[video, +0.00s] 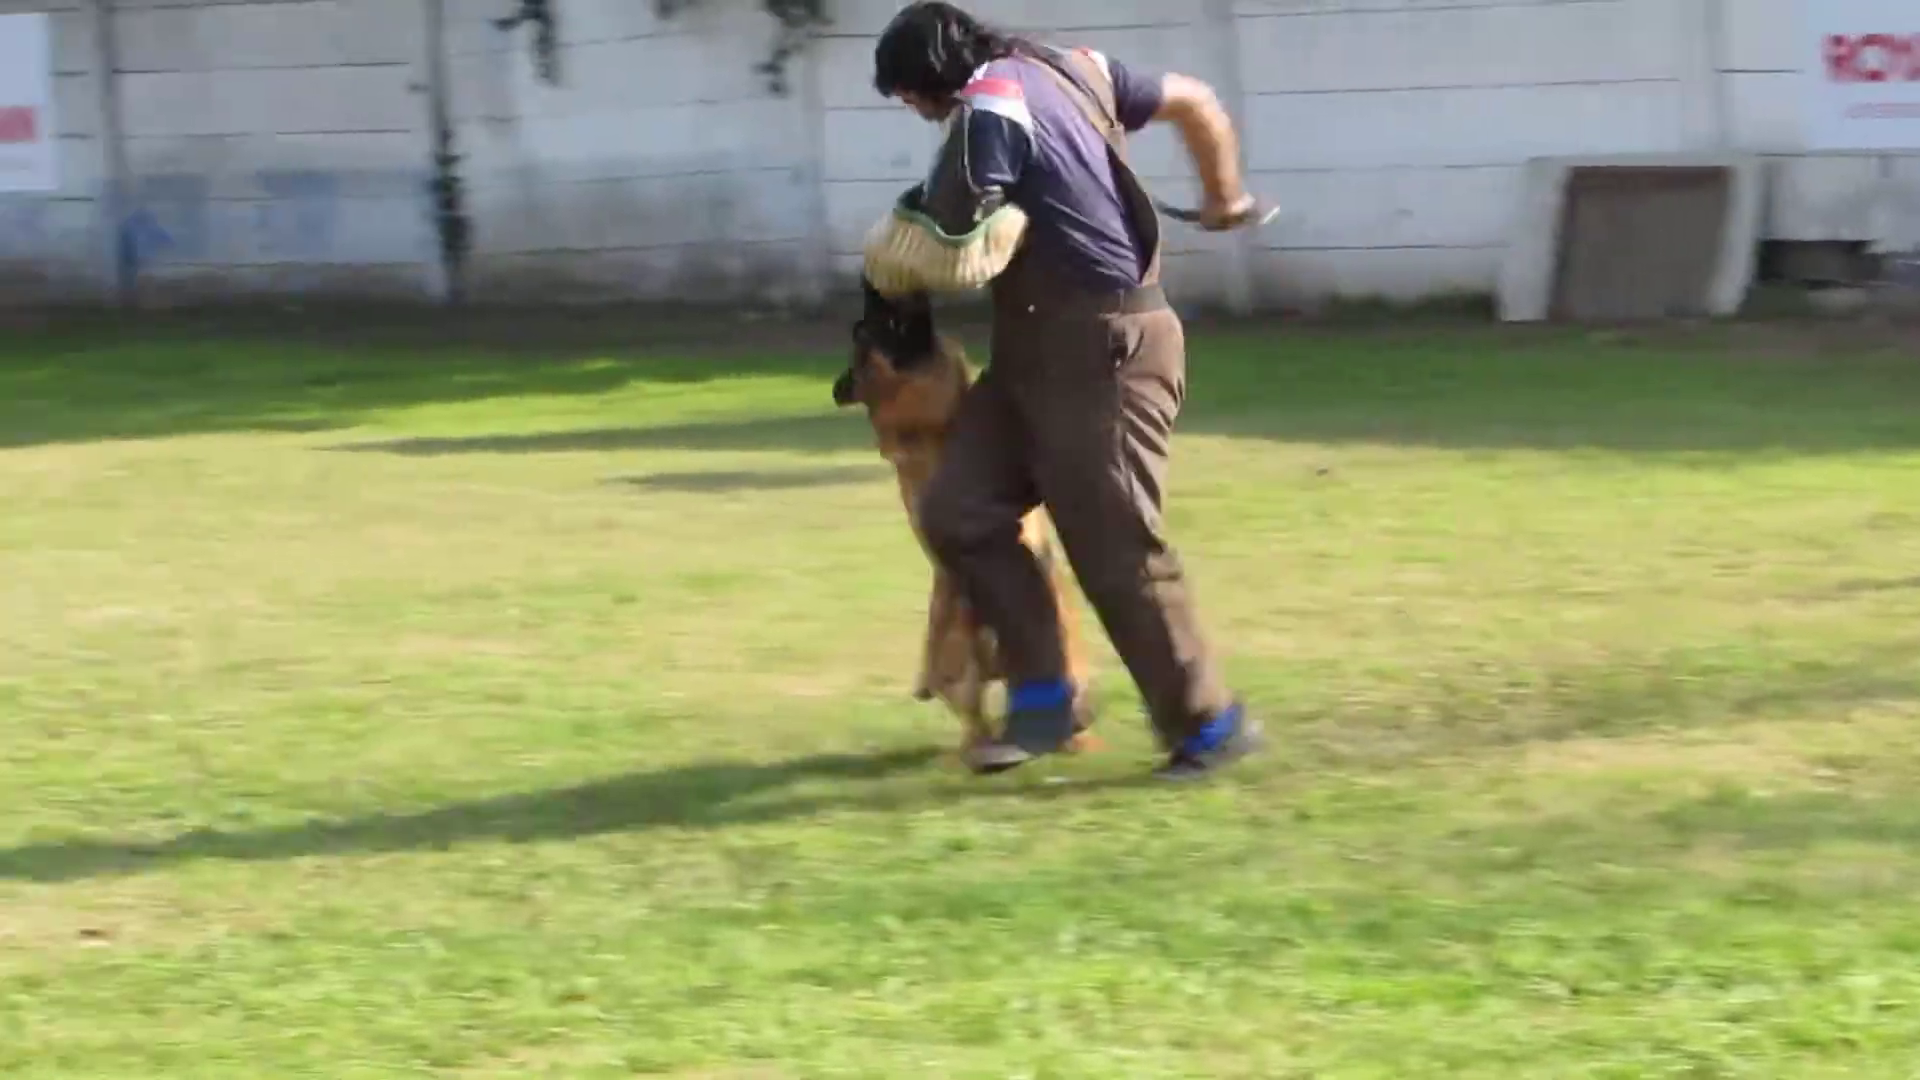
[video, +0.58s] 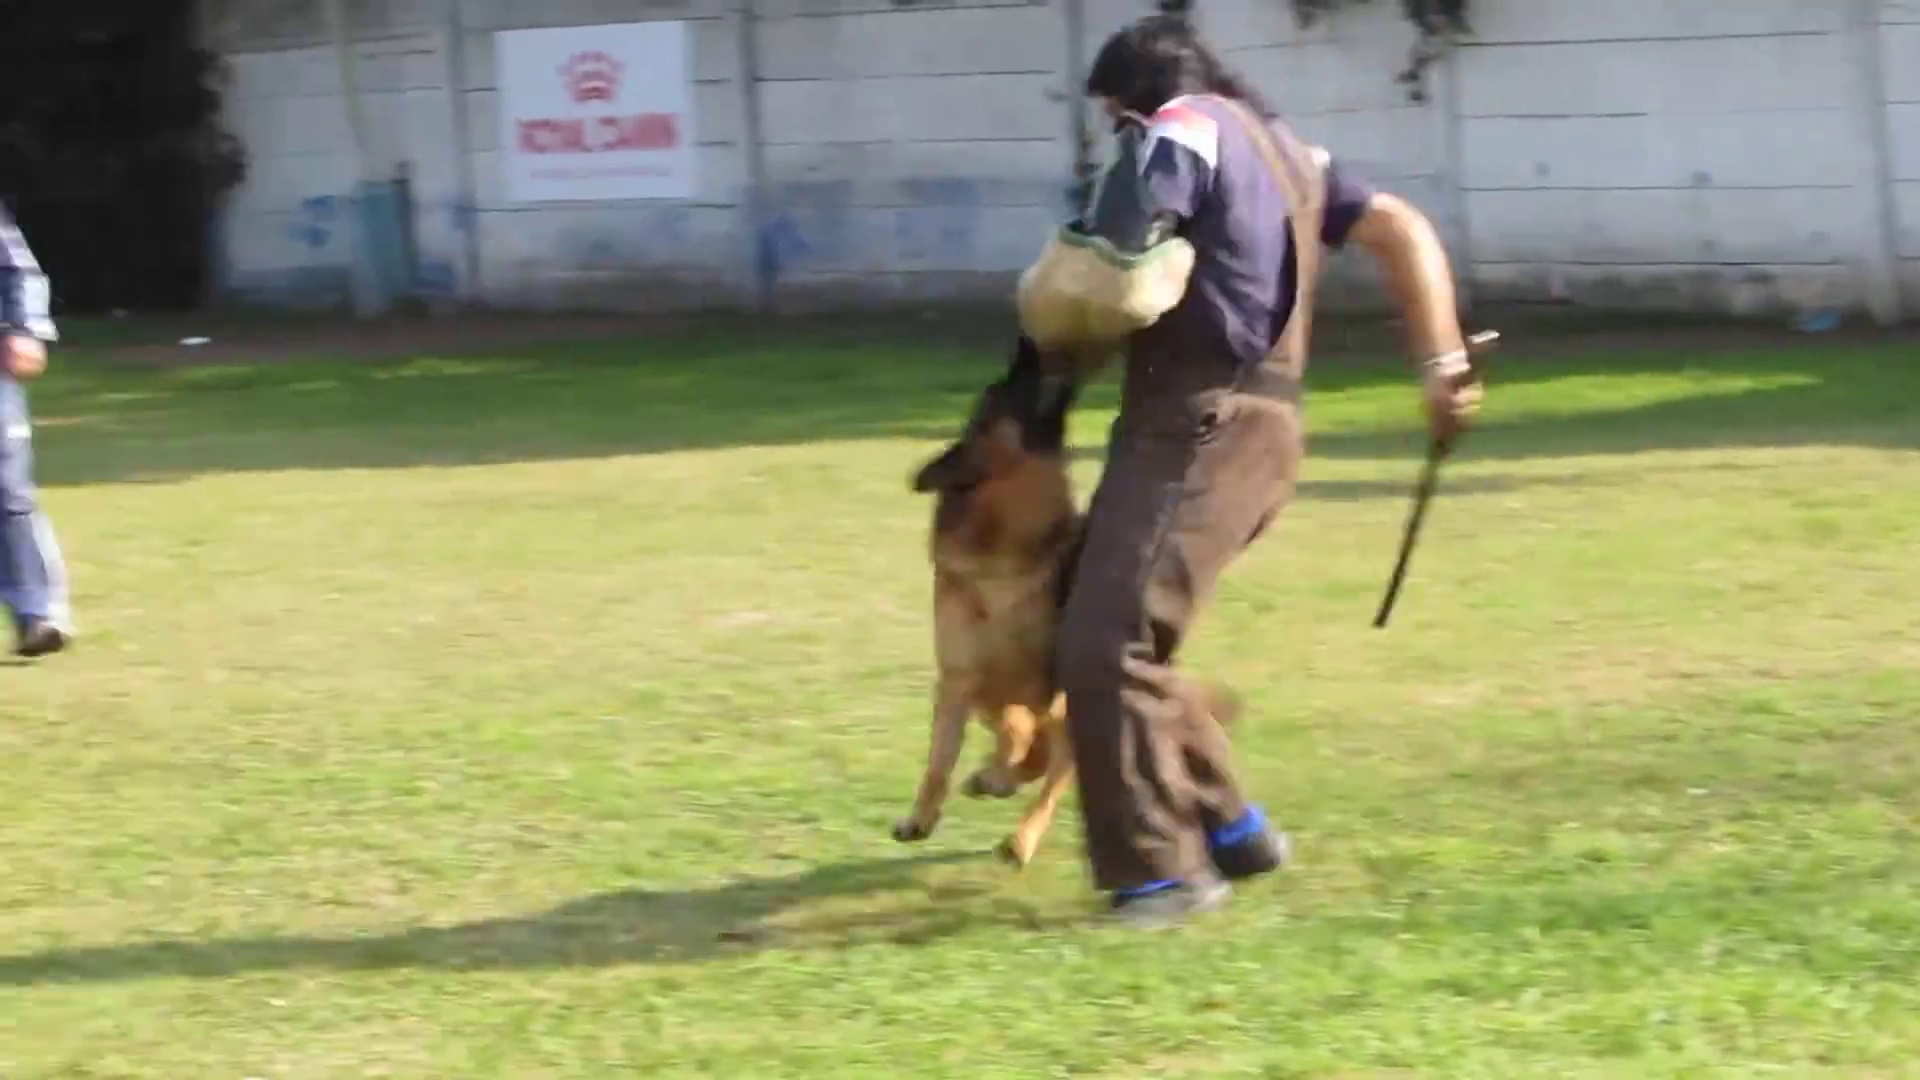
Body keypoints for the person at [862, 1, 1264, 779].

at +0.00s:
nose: (919, 113)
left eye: (914, 98)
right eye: (909, 102)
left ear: (938, 74)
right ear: (971, 44)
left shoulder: (990, 101)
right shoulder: (1069, 64)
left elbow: (949, 237)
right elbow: (1193, 99)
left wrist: (885, 252)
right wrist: (1224, 199)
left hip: (1105, 345)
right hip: (1043, 348)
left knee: (1119, 547)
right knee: (960, 514)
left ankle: (1207, 725)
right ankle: (1044, 701)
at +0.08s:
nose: (937, 107)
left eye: (934, 92)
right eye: (929, 96)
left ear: (958, 68)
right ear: (996, 40)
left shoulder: (993, 87)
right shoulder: (1096, 67)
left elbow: (953, 223)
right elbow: (1216, 97)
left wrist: (897, 254)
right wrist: (1247, 212)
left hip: (1101, 354)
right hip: (1036, 361)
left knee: (1138, 561)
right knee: (961, 552)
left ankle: (1280, 694)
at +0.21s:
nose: (973, 138)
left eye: (970, 121)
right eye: (968, 124)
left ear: (992, 100)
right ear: (1038, 76)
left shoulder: (1033, 130)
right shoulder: (1109, 126)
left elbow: (994, 282)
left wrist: (918, 304)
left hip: (1119, 413)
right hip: (1072, 411)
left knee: (1068, 623)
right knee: (964, 577)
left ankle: (1260, 698)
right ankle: (990, 794)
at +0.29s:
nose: (999, 137)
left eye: (996, 121)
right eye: (993, 125)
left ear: (1018, 101)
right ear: (1056, 78)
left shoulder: (1070, 129)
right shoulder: (1103, 120)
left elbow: (1020, 279)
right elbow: (1047, 286)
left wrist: (935, 292)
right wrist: (960, 297)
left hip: (1151, 400)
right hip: (1142, 395)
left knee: (1034, 572)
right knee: (1062, 569)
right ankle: (1077, 790)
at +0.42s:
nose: (1047, 122)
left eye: (1045, 105)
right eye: (1041, 111)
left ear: (1074, 80)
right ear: (1110, 59)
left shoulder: (1117, 108)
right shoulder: (1145, 111)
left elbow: (1052, 253)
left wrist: (981, 262)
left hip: (1169, 399)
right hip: (1127, 399)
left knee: (1082, 606)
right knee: (1048, 586)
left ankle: (1011, 847)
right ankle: (1174, 761)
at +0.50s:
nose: (1067, 134)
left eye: (1068, 116)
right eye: (1062, 119)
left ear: (1096, 98)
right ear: (1142, 83)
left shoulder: (1134, 140)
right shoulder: (1210, 147)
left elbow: (1074, 287)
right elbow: (1309, 262)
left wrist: (996, 272)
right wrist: (1314, 399)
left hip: (1171, 435)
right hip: (1186, 430)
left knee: (1064, 641)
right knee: (1064, 620)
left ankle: (1064, 879)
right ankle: (1208, 769)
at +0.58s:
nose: (1116, 134)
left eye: (1117, 118)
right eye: (1111, 122)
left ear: (1147, 101)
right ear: (1198, 84)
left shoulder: (1181, 128)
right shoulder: (1281, 145)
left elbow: (1125, 280)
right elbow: (1402, 227)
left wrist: (1048, 308)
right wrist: (1445, 361)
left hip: (1204, 428)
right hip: (1242, 429)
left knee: (1106, 645)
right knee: (1111, 637)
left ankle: (1164, 875)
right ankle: (1226, 826)